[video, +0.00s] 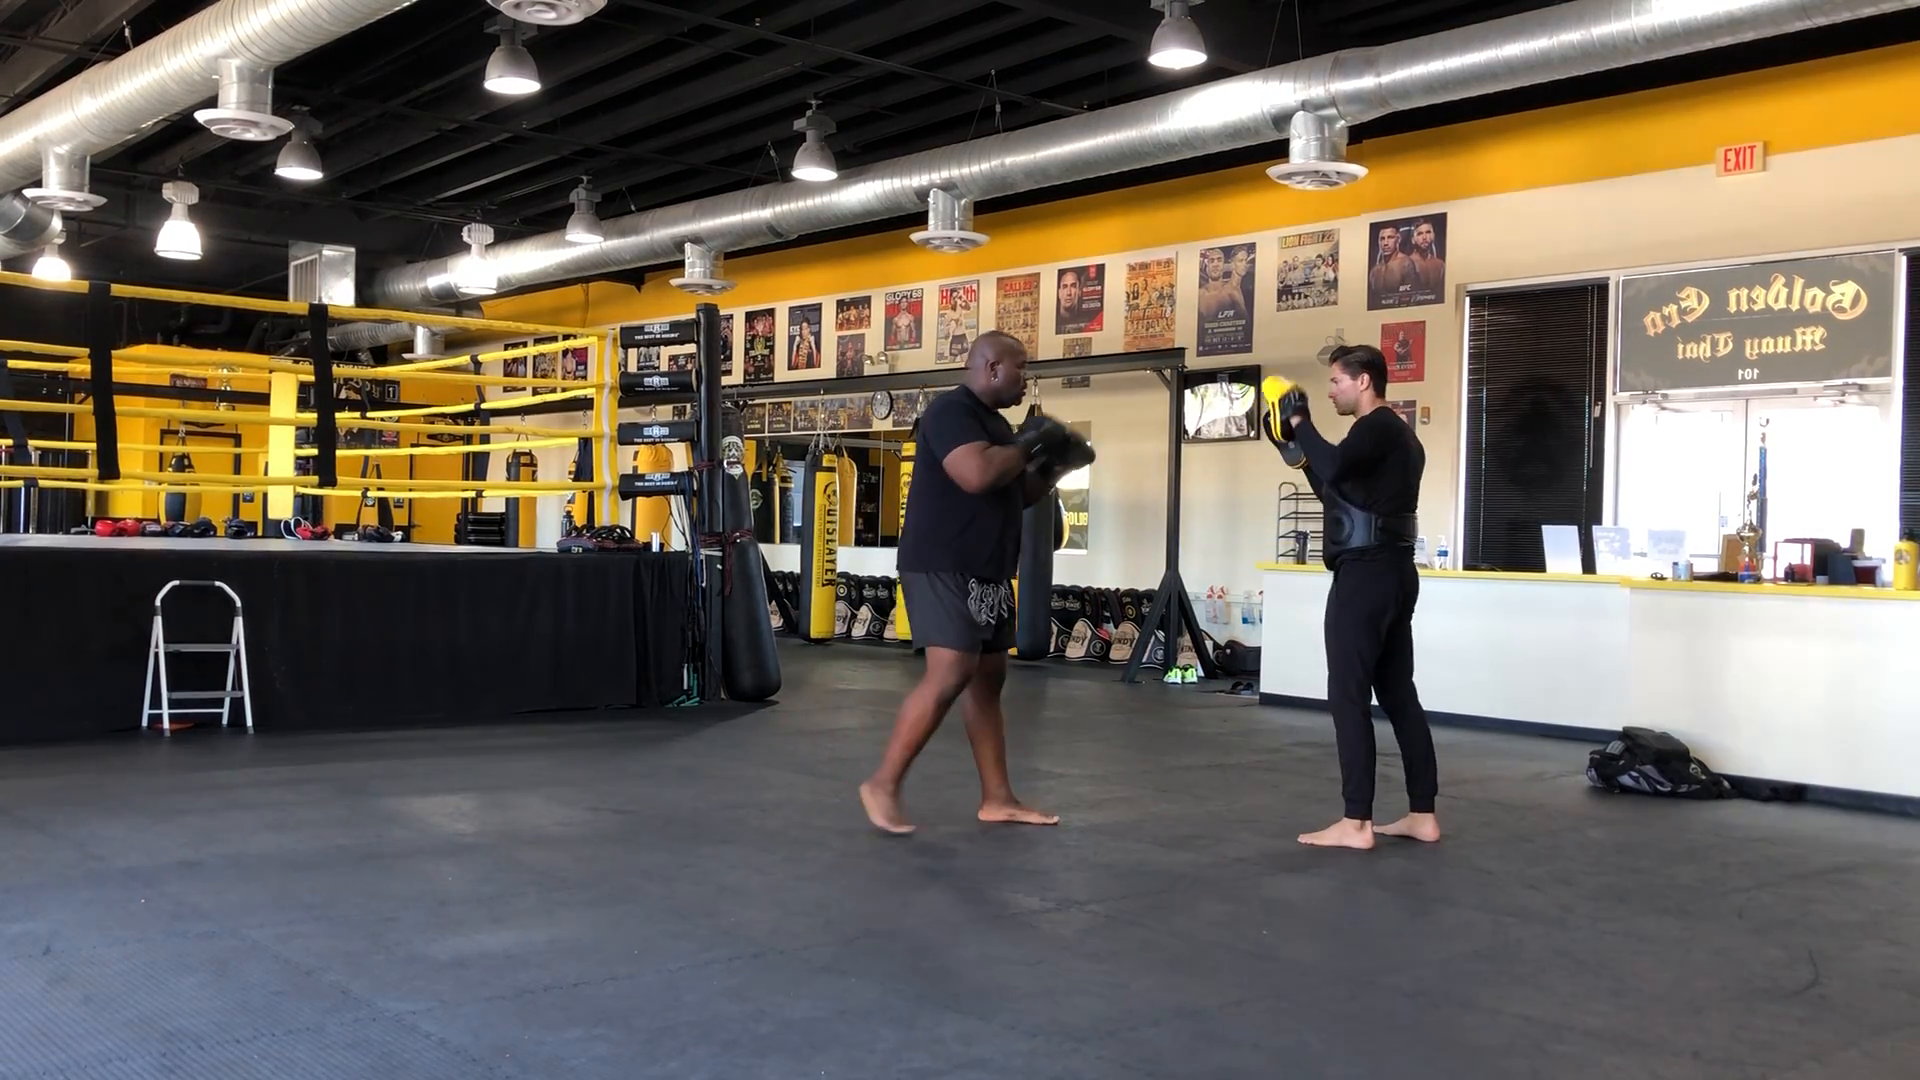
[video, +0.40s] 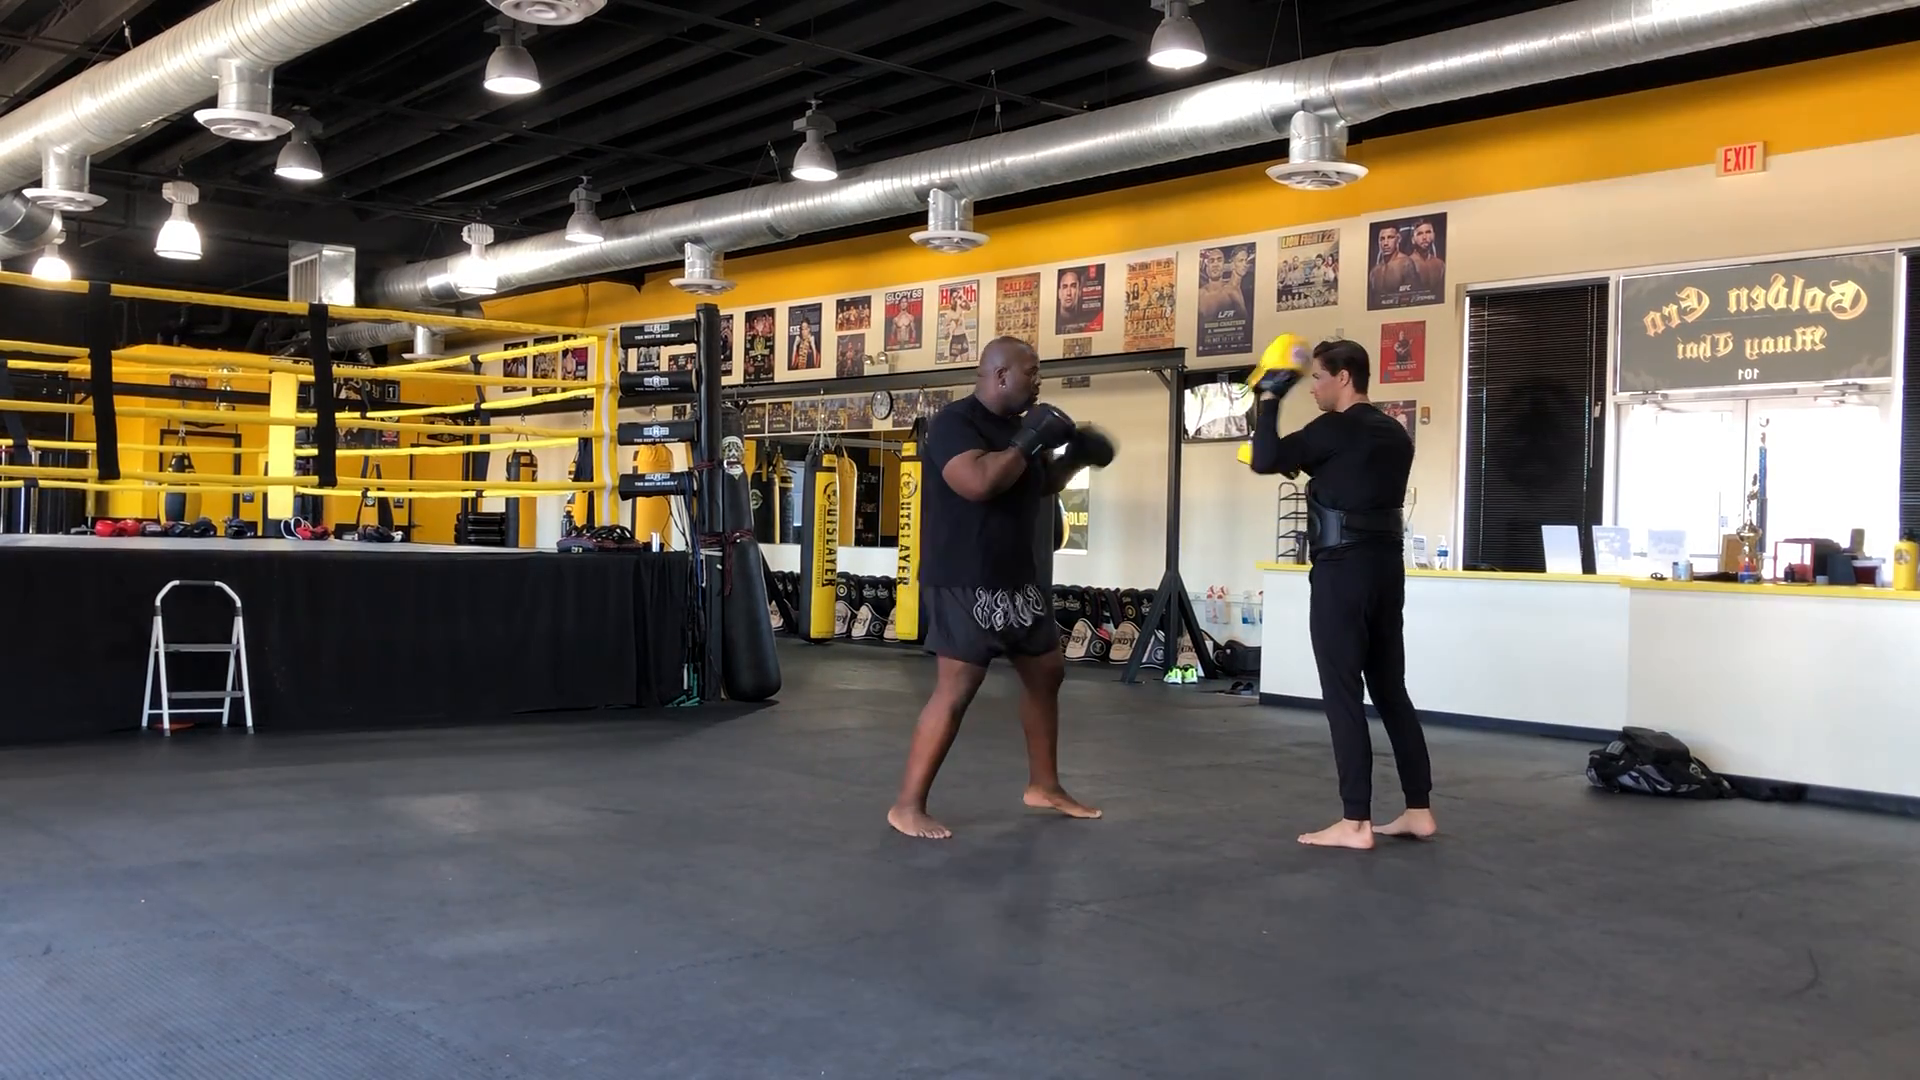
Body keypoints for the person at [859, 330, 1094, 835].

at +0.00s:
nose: (1025, 380)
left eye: (1025, 371)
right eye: (1020, 370)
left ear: (993, 368)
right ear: (990, 366)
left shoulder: (999, 428)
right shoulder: (948, 409)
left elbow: (1021, 495)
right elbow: (976, 475)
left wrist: (1053, 466)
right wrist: (1026, 443)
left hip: (987, 570)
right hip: (939, 565)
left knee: (987, 676)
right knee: (950, 669)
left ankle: (997, 798)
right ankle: (881, 785)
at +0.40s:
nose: (1038, 384)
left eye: (1039, 374)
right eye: (1032, 373)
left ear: (1003, 375)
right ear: (1000, 374)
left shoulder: (1019, 431)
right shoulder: (951, 423)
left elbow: (1041, 486)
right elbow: (977, 481)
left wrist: (1072, 458)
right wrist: (1027, 439)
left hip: (1020, 580)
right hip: (961, 581)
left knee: (1045, 673)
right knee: (956, 686)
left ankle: (1043, 786)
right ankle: (907, 806)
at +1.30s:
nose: (1084, 383)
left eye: (1086, 375)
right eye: (1078, 374)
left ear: (1055, 374)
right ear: (1044, 371)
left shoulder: (1062, 428)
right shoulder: (1006, 416)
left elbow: (1069, 487)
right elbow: (1025, 480)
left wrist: (1107, 486)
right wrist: (1075, 449)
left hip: (1048, 567)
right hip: (1001, 563)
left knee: (1039, 674)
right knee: (990, 668)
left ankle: (1041, 793)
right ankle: (938, 795)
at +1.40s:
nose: (1073, 382)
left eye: (1074, 374)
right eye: (1065, 373)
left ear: (1053, 375)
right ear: (1030, 372)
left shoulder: (1063, 429)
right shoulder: (993, 420)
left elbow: (1068, 489)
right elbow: (1005, 487)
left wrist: (1098, 495)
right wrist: (1061, 456)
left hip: (1048, 573)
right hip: (995, 569)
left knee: (1040, 679)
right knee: (977, 677)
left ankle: (1041, 793)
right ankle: (935, 800)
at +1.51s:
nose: (1061, 388)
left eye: (1063, 380)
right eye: (1053, 380)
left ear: (1054, 381)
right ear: (1018, 378)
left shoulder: (1053, 432)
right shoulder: (981, 426)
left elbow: (1054, 495)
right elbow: (985, 501)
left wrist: (1084, 502)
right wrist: (1047, 464)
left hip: (1042, 574)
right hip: (986, 573)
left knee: (1051, 678)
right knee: (971, 680)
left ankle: (1042, 793)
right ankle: (934, 805)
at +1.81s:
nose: (1058, 385)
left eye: (1060, 376)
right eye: (1053, 374)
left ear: (1025, 369)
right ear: (1022, 368)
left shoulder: (1033, 421)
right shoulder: (981, 411)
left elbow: (1086, 475)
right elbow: (1005, 485)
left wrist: (1072, 447)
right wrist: (1054, 446)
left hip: (1030, 570)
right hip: (975, 572)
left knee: (1053, 665)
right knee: (960, 681)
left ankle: (1065, 786)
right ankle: (932, 806)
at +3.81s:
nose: (1156, 409)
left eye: (1156, 403)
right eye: (1152, 400)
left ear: (1111, 389)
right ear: (1128, 388)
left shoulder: (1072, 424)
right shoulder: (1119, 415)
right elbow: (1207, 422)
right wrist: (1269, 415)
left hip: (1081, 569)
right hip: (1060, 564)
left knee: (1103, 677)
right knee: (1038, 683)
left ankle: (1108, 796)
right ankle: (972, 805)